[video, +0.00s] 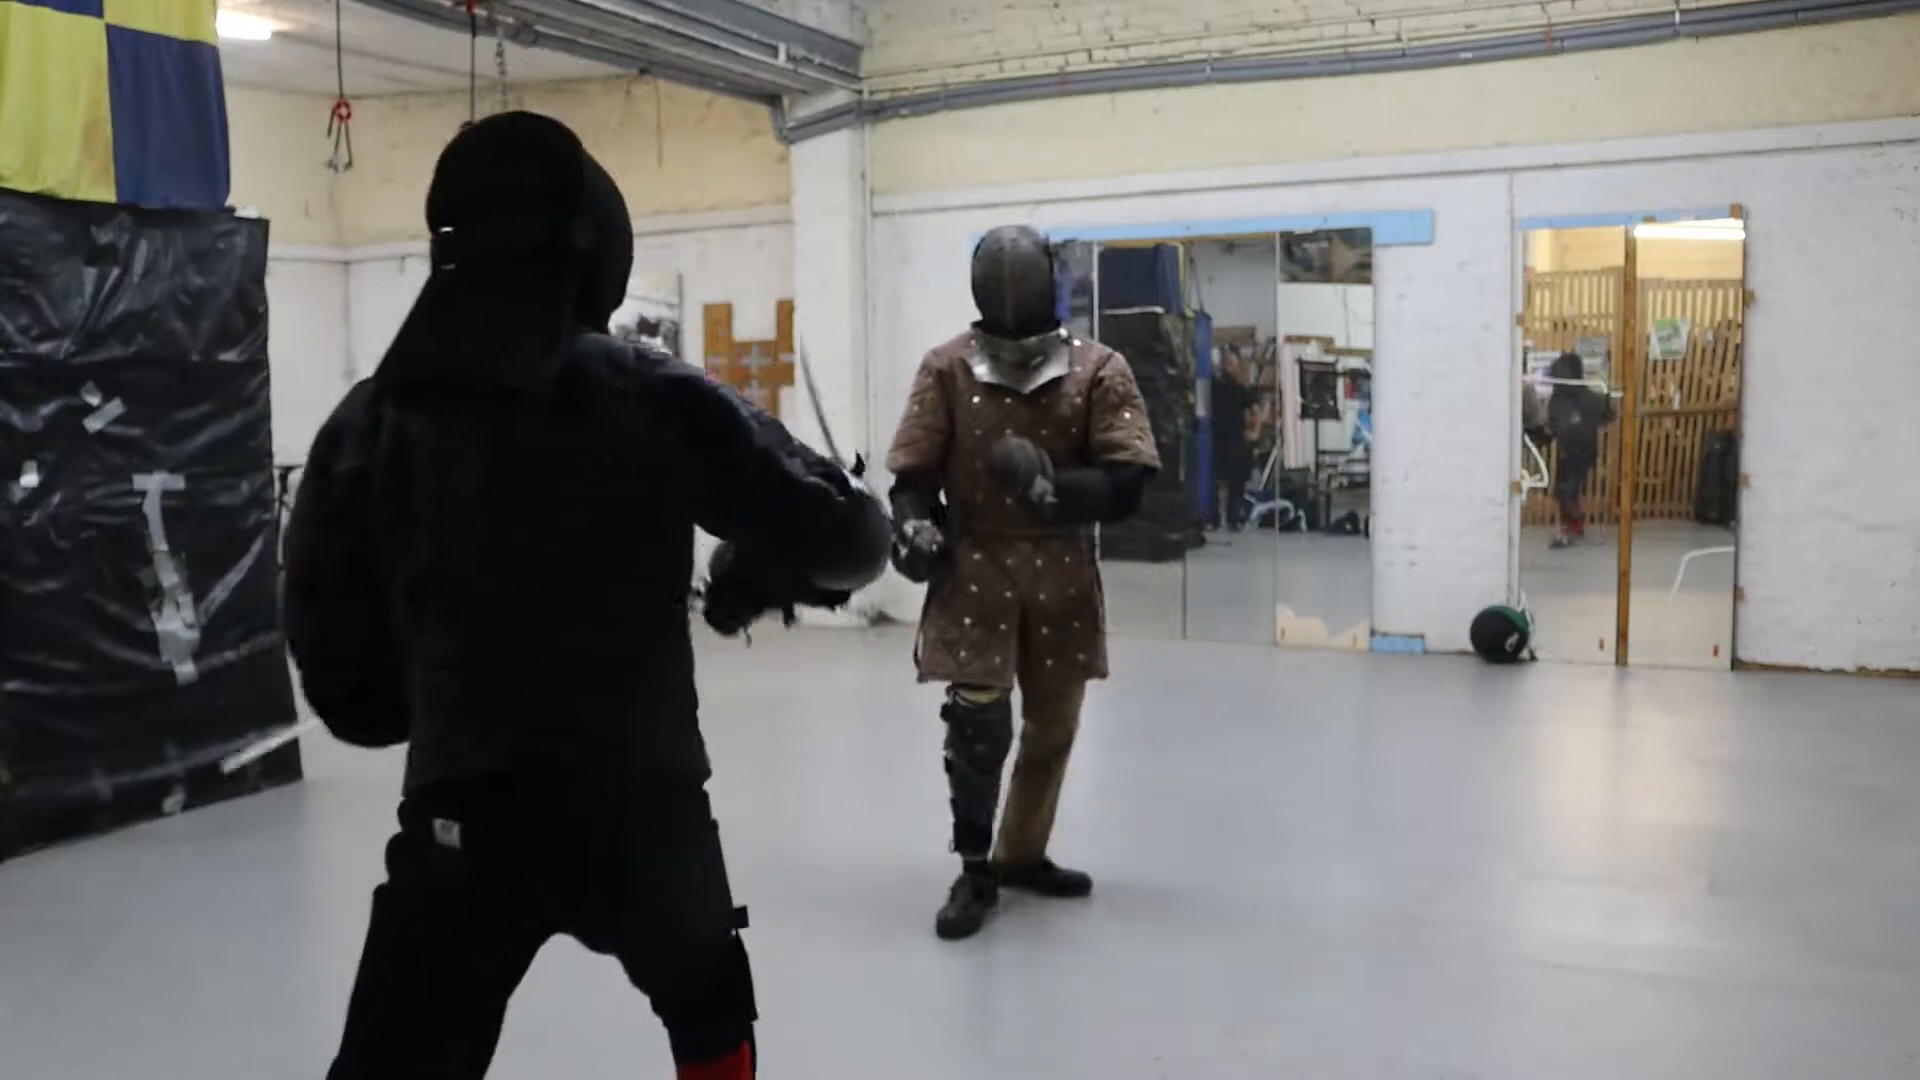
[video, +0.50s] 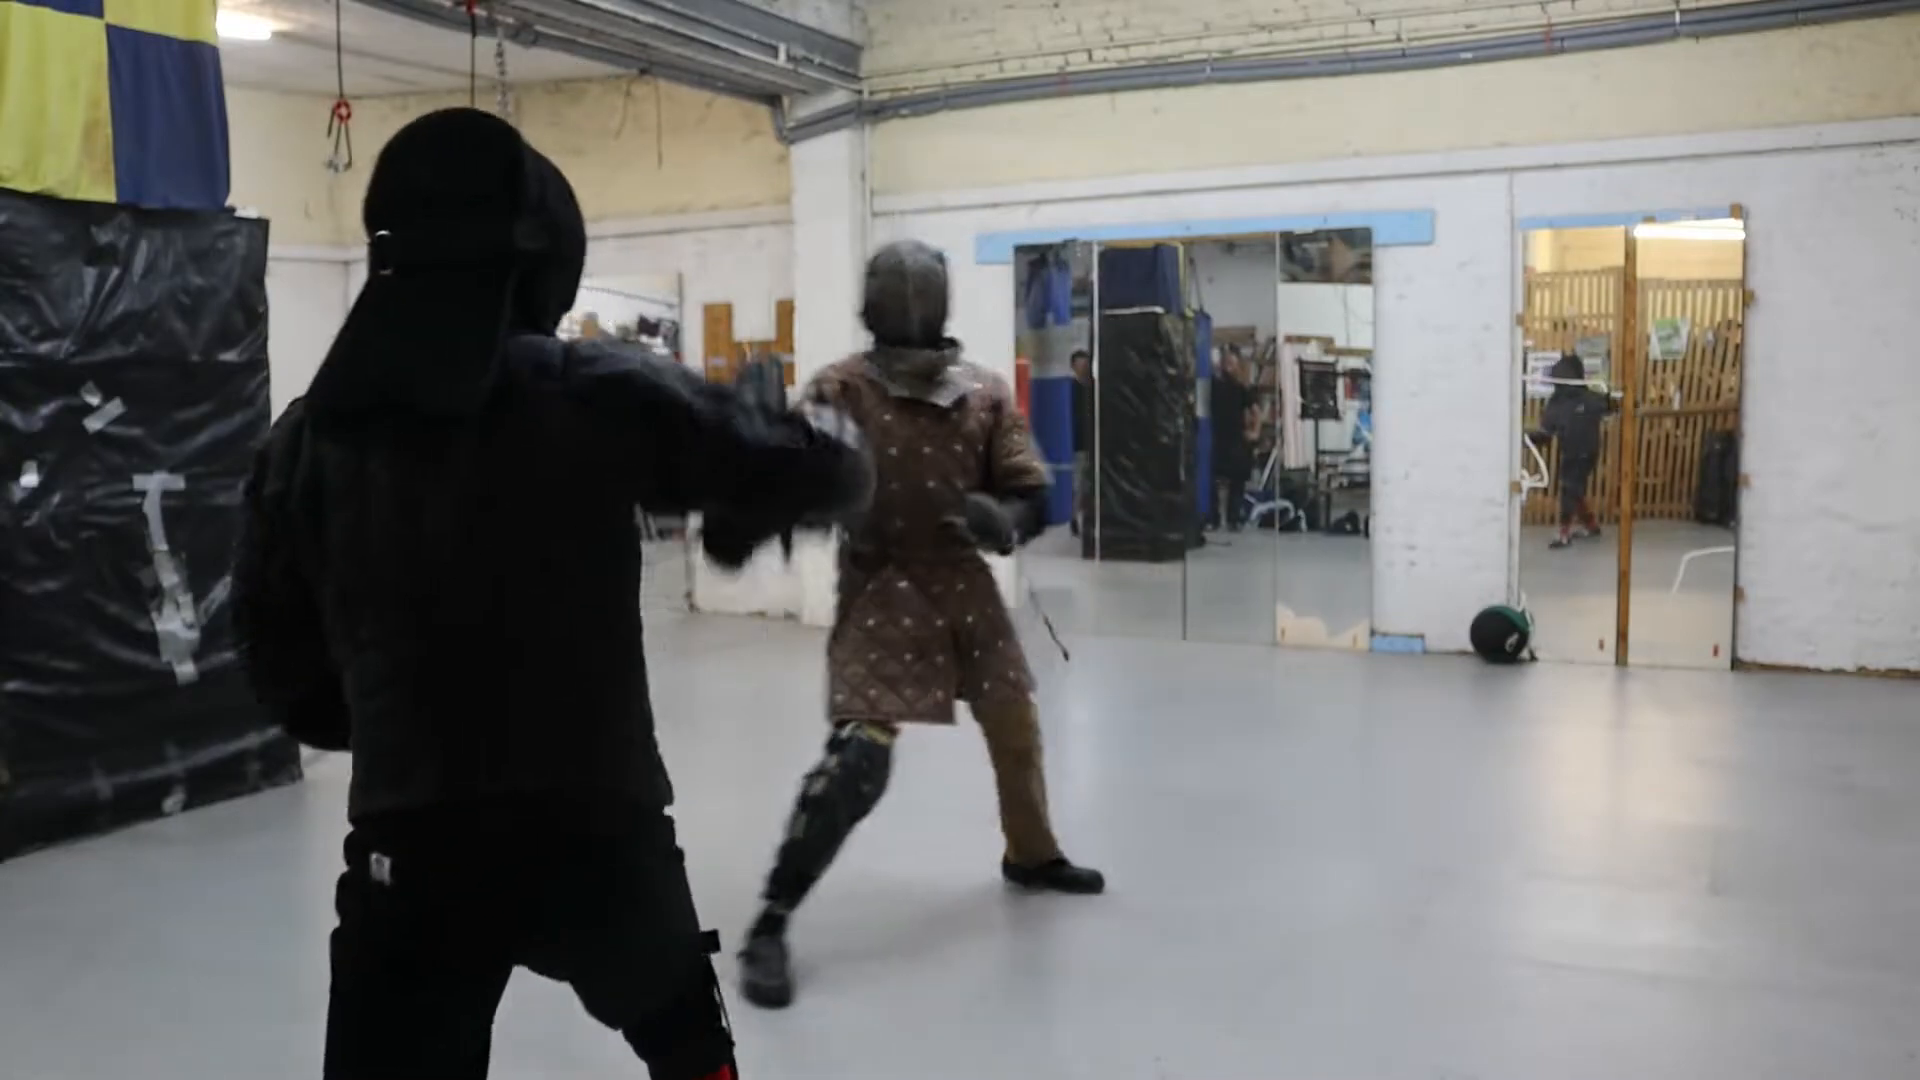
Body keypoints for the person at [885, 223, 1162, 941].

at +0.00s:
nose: (1016, 336)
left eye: (1030, 321)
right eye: (1001, 321)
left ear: (1053, 300)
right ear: (980, 304)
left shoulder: (1098, 370)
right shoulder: (948, 371)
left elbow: (1128, 482)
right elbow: (912, 477)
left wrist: (1052, 487)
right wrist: (915, 524)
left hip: (1061, 572)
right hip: (974, 570)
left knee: (1051, 731)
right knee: (978, 726)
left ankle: (1022, 856)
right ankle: (973, 869)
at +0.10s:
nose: (1006, 343)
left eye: (1020, 328)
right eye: (991, 329)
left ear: (1043, 305)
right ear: (970, 310)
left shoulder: (1089, 373)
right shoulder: (939, 374)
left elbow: (1125, 482)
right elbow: (904, 479)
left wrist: (1053, 492)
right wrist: (904, 530)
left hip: (1055, 573)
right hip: (967, 571)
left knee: (1051, 732)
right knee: (973, 728)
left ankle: (1019, 858)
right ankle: (957, 881)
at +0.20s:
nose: (995, 352)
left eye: (1008, 336)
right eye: (979, 337)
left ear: (1031, 312)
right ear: (958, 317)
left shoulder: (1078, 379)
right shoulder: (927, 380)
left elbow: (1120, 488)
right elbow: (892, 482)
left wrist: (1053, 500)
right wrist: (874, 522)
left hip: (1045, 576)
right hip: (957, 575)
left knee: (1054, 730)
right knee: (963, 730)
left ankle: (1021, 858)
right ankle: (937, 891)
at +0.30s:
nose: (978, 359)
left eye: (992, 345)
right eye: (964, 344)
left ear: (1014, 323)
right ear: (942, 325)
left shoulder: (1062, 389)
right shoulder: (910, 388)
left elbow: (1110, 496)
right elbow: (872, 492)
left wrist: (1050, 513)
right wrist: (844, 506)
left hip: (1027, 581)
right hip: (942, 581)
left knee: (1054, 733)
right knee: (945, 734)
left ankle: (1021, 861)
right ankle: (901, 905)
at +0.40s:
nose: (954, 368)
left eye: (969, 354)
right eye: (939, 352)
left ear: (990, 332)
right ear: (917, 332)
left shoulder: (1033, 397)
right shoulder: (884, 394)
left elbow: (1083, 505)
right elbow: (834, 496)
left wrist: (1034, 520)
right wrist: (798, 478)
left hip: (1004, 587)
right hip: (919, 588)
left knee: (1048, 730)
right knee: (913, 748)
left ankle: (1022, 859)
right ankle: (840, 917)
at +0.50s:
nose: (911, 327)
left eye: (923, 311)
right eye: (896, 312)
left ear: (940, 312)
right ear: (872, 312)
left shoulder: (983, 396)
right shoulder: (838, 394)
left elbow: (1033, 493)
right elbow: (789, 468)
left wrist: (1007, 517)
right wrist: (817, 475)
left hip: (965, 589)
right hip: (879, 594)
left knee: (1017, 730)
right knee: (858, 768)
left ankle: (1031, 855)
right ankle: (770, 925)